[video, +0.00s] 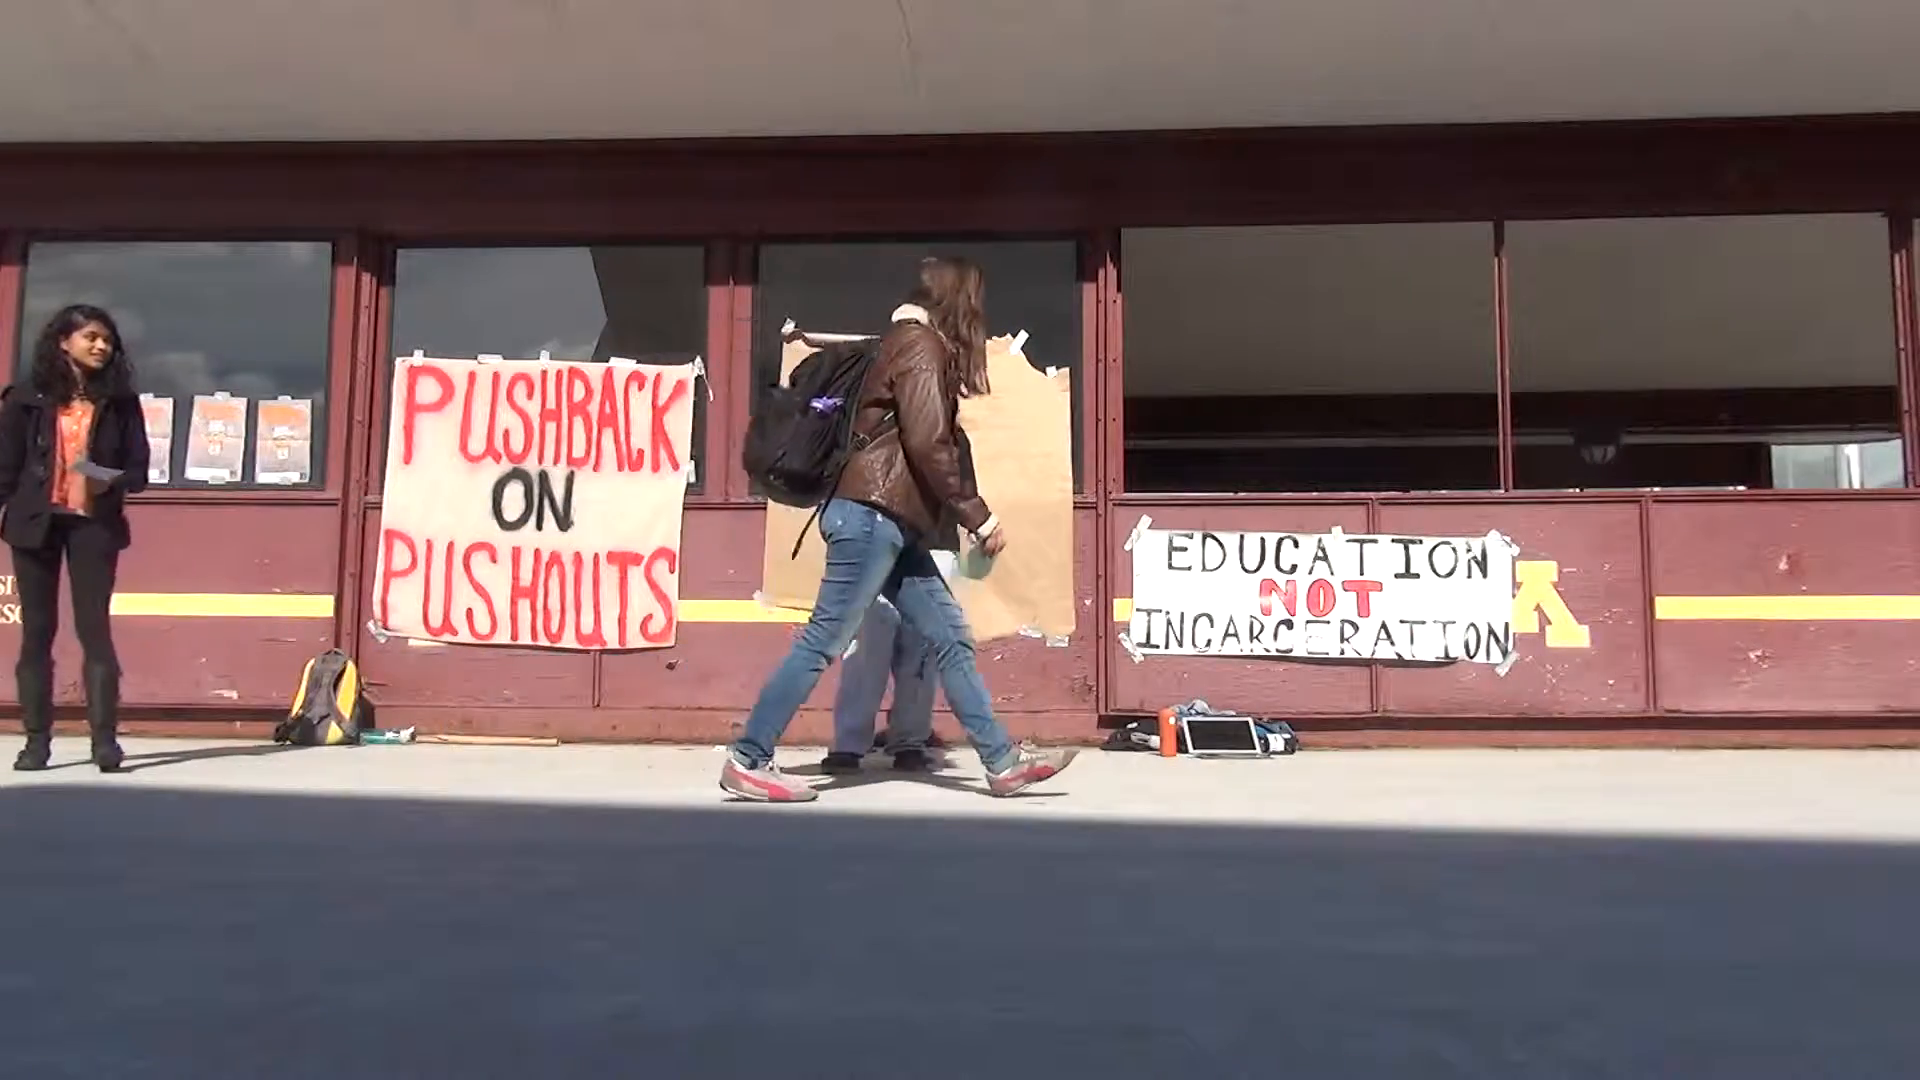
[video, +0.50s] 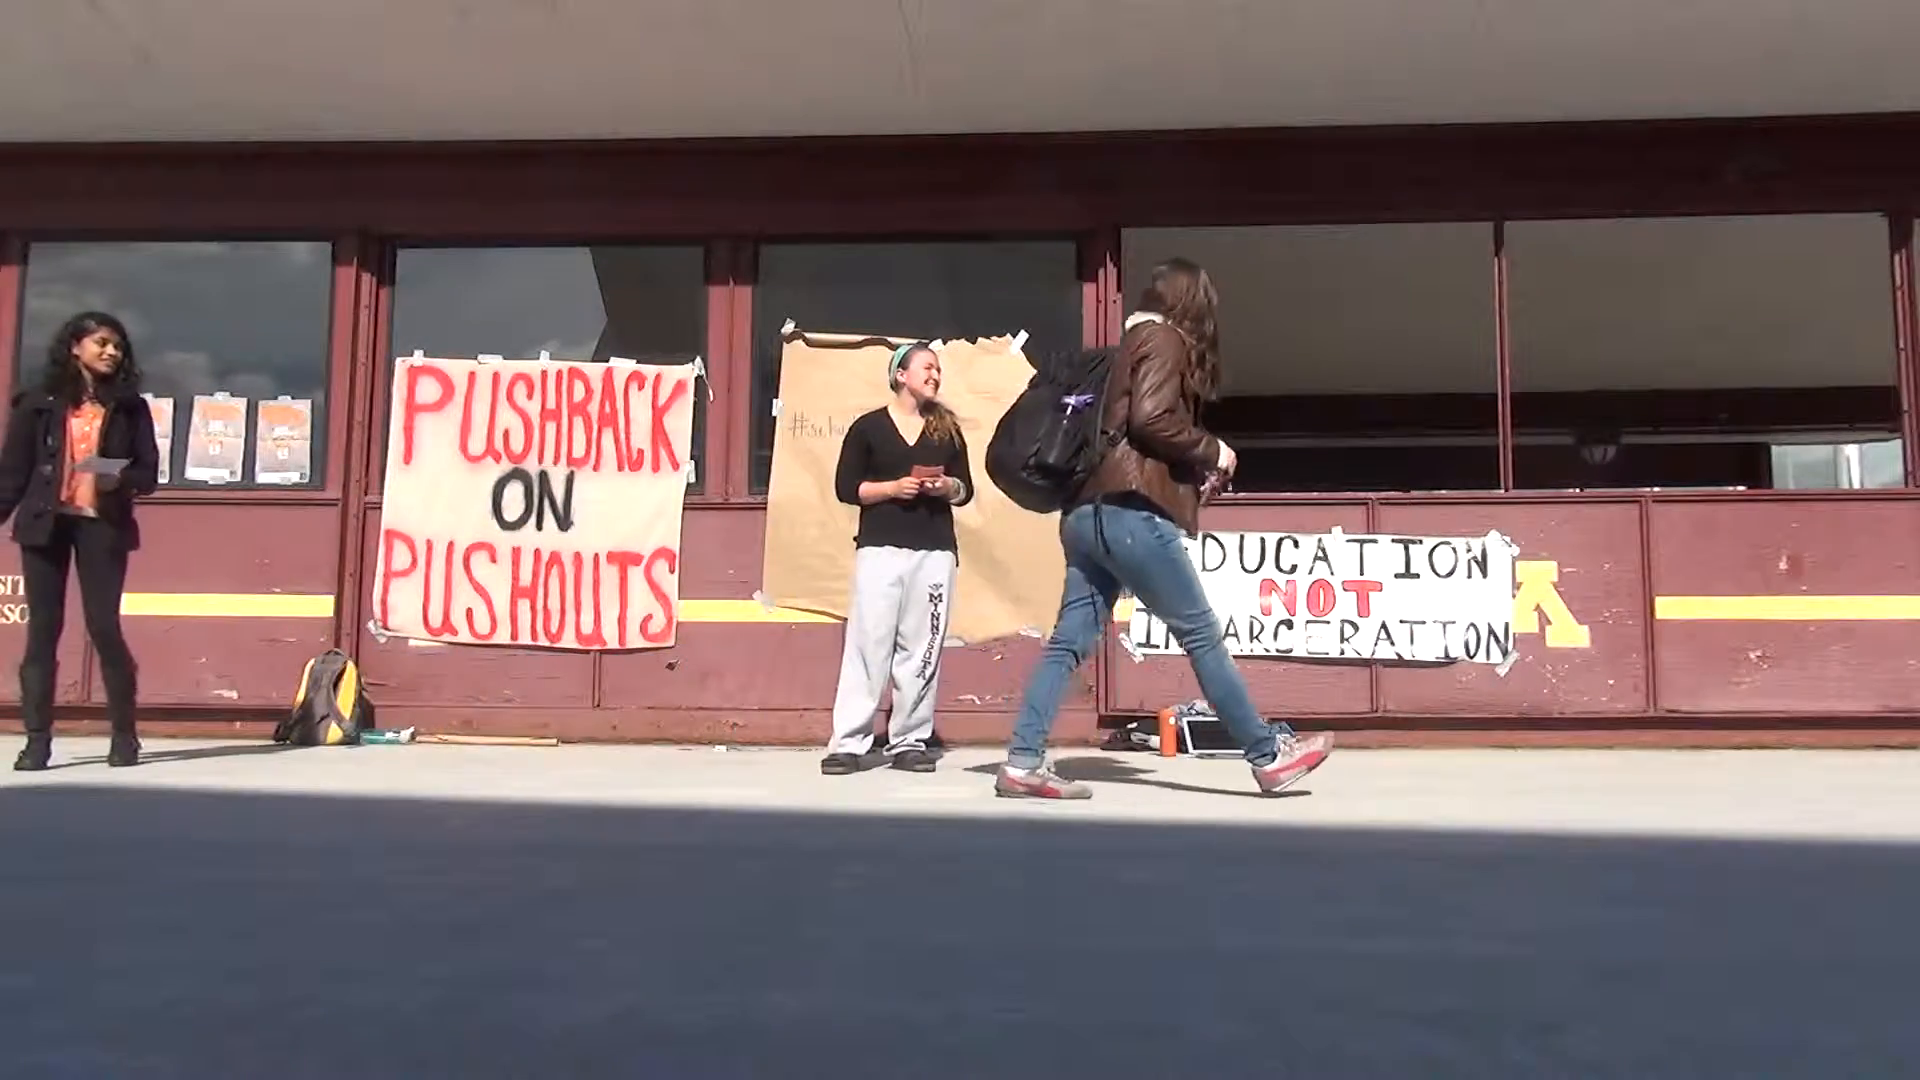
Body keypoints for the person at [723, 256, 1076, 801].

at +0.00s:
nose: (979, 312)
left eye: (978, 300)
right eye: (976, 300)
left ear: (927, 294)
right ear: (961, 300)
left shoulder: (912, 342)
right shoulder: (922, 346)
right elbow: (928, 442)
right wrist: (978, 516)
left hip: (886, 519)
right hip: (868, 512)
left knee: (949, 638)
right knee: (823, 641)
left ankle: (1003, 762)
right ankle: (746, 761)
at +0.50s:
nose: (936, 375)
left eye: (938, 369)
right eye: (927, 367)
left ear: (937, 379)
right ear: (900, 373)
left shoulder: (946, 429)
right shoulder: (866, 427)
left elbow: (964, 490)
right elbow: (846, 489)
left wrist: (947, 487)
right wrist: (893, 488)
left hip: (934, 550)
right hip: (880, 548)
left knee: (921, 648)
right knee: (869, 645)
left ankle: (910, 742)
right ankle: (848, 744)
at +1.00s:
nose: (875, 375)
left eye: (882, 368)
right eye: (875, 368)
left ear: (909, 374)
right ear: (885, 376)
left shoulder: (944, 427)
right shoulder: (866, 429)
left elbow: (965, 485)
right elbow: (847, 489)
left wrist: (921, 485)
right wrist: (864, 490)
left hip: (920, 551)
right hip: (870, 547)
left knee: (909, 646)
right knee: (853, 642)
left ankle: (907, 741)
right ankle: (841, 741)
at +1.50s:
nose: (832, 378)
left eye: (838, 372)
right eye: (833, 372)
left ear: (864, 379)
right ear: (853, 379)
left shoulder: (893, 428)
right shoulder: (836, 435)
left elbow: (909, 479)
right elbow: (820, 494)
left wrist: (883, 455)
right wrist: (777, 473)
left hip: (867, 555)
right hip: (829, 555)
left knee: (874, 650)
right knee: (830, 652)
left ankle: (904, 742)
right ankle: (845, 743)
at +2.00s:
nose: (805, 379)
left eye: (812, 372)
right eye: (808, 372)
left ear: (834, 378)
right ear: (830, 378)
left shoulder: (855, 430)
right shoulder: (825, 432)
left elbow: (852, 491)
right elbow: (811, 500)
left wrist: (799, 482)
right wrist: (768, 490)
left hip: (836, 551)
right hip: (809, 550)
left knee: (829, 646)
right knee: (813, 651)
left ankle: (869, 738)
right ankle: (835, 741)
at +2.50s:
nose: (787, 372)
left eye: (794, 365)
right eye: (788, 365)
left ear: (816, 372)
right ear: (814, 374)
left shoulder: (833, 419)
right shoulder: (817, 419)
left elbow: (836, 482)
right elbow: (816, 483)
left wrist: (781, 489)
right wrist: (775, 496)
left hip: (820, 547)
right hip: (816, 546)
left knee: (810, 645)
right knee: (829, 643)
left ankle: (814, 744)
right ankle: (847, 740)